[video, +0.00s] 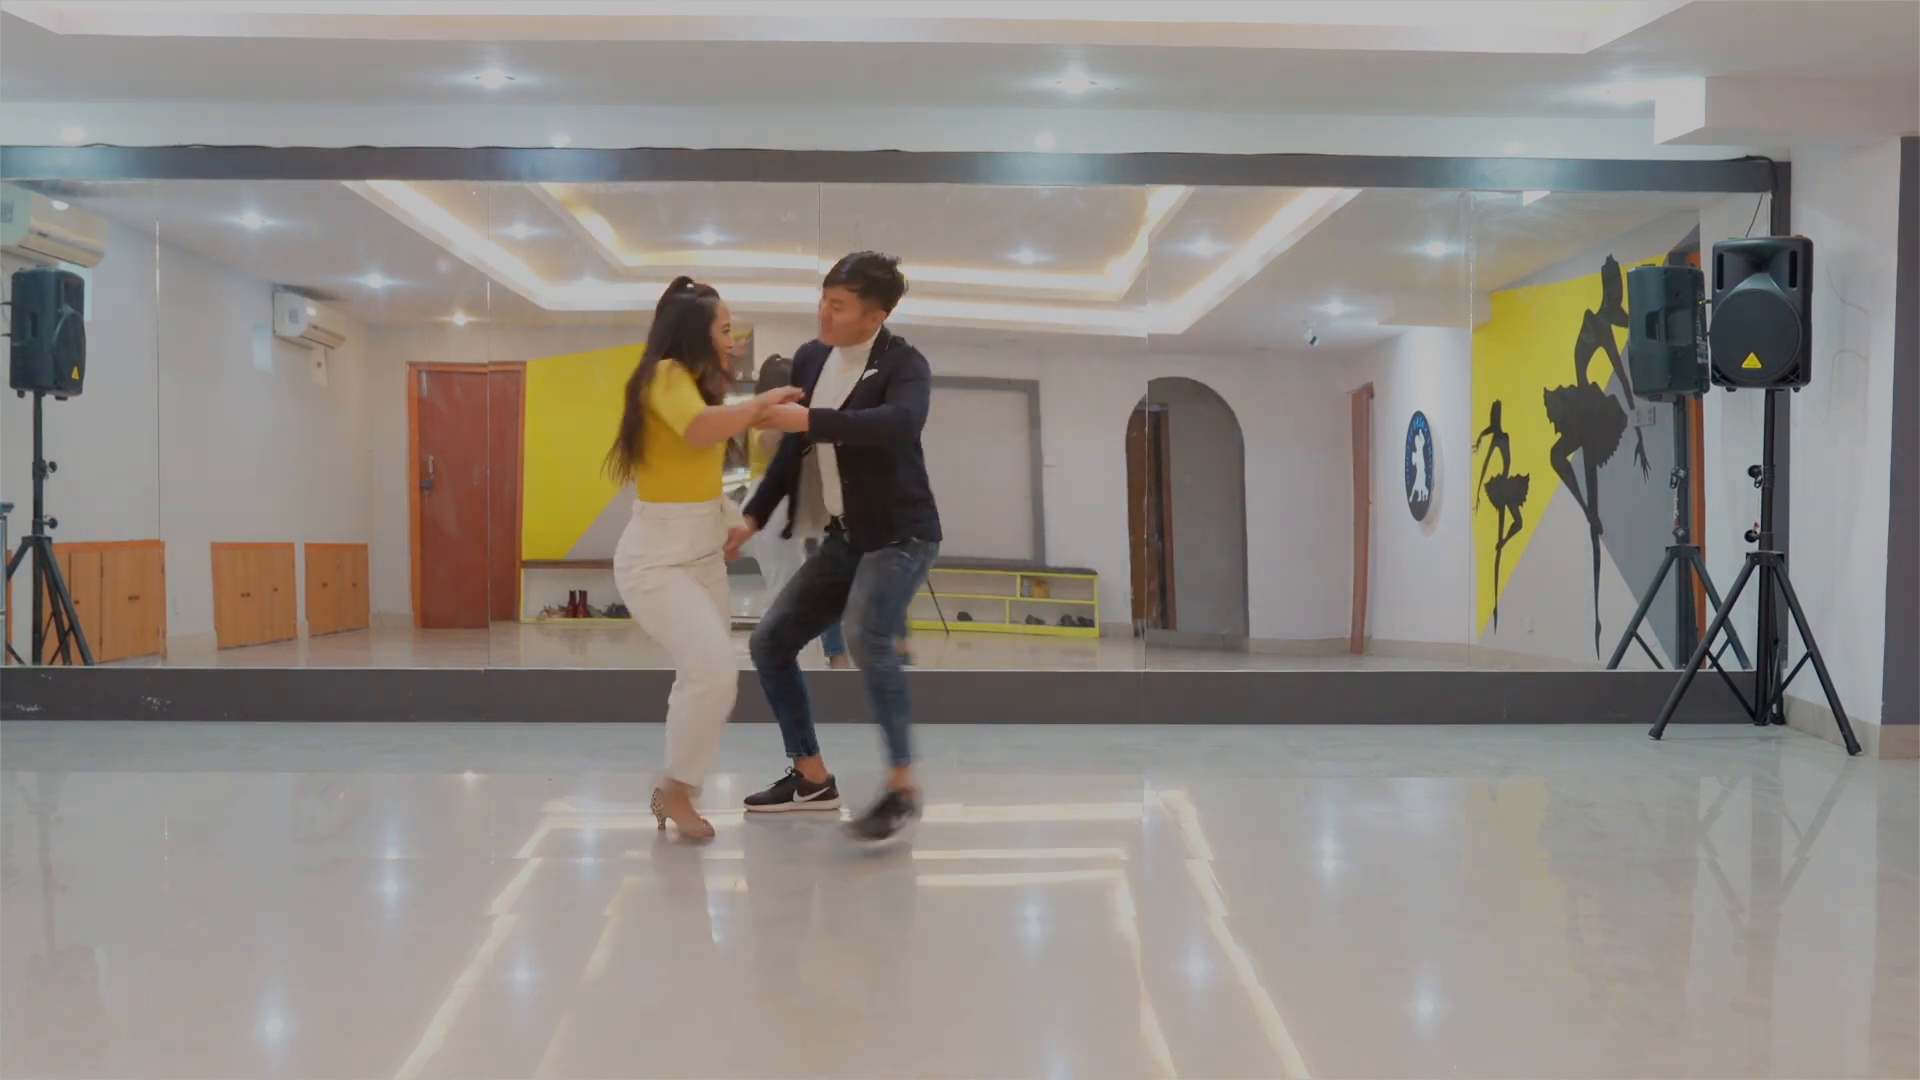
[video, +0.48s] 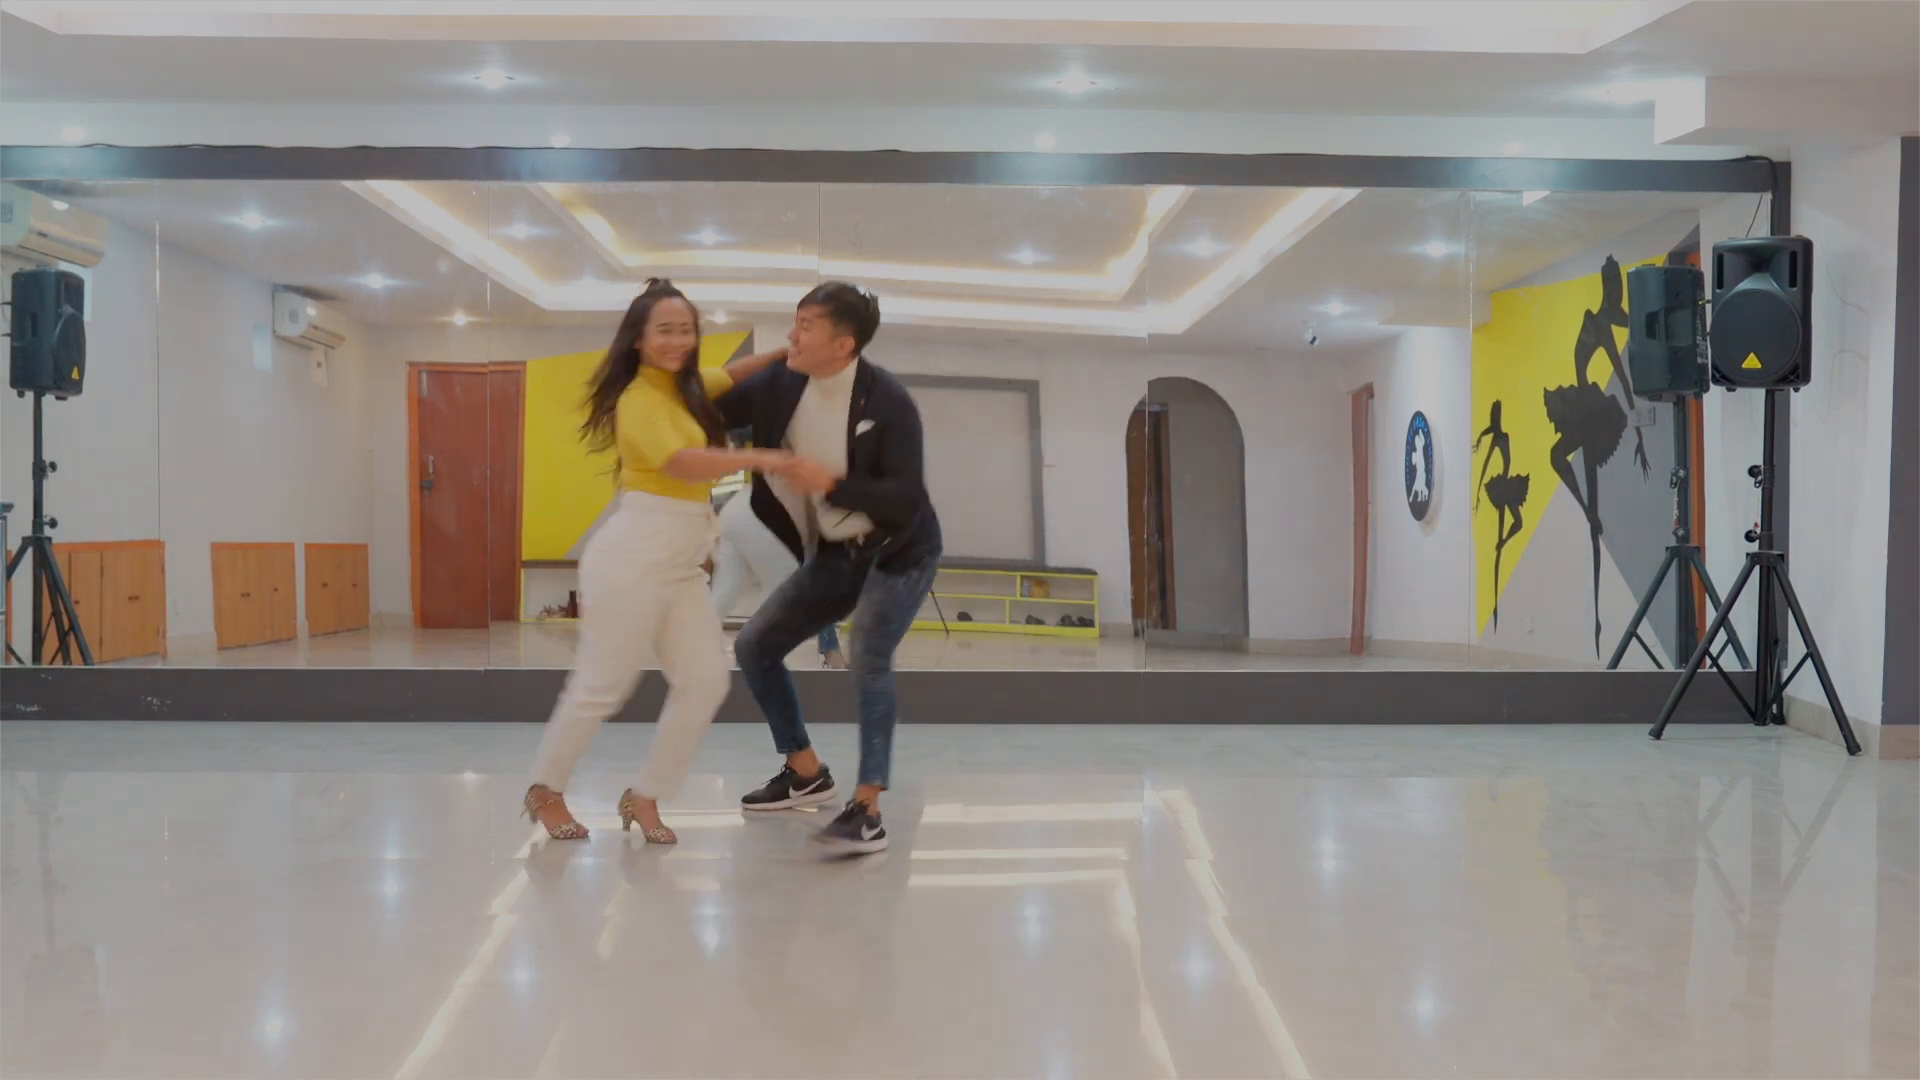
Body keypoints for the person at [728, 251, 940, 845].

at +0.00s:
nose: (824, 312)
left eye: (838, 305)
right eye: (824, 301)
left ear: (877, 315)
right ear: (825, 301)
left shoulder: (904, 363)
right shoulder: (812, 358)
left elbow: (903, 423)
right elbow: (792, 445)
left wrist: (808, 419)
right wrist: (752, 518)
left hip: (902, 535)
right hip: (844, 537)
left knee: (867, 638)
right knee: (771, 644)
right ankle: (811, 776)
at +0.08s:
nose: (819, 326)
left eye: (832, 318)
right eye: (820, 315)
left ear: (871, 326)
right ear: (824, 314)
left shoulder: (899, 378)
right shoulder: (810, 369)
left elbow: (892, 443)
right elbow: (777, 454)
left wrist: (804, 426)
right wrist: (731, 523)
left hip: (894, 548)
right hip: (841, 550)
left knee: (841, 647)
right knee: (757, 647)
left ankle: (861, 804)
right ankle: (809, 774)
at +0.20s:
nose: (812, 341)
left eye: (827, 333)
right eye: (816, 329)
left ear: (864, 350)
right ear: (827, 338)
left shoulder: (885, 406)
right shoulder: (806, 410)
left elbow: (876, 481)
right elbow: (766, 479)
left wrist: (789, 451)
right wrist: (711, 507)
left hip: (885, 578)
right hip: (835, 581)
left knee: (810, 670)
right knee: (744, 655)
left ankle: (860, 815)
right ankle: (807, 775)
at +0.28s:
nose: (807, 348)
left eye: (822, 341)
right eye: (812, 337)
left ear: (858, 360)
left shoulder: (879, 418)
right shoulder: (801, 415)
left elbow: (868, 497)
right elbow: (757, 471)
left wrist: (780, 466)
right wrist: (706, 469)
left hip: (886, 588)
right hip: (828, 591)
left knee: (813, 667)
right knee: (741, 657)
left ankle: (860, 815)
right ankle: (805, 775)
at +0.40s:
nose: (797, 347)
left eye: (811, 340)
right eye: (801, 336)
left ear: (847, 361)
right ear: (805, 343)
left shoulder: (880, 417)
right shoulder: (784, 400)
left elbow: (884, 513)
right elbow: (724, 435)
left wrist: (799, 498)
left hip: (896, 571)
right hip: (833, 573)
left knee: (839, 657)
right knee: (742, 653)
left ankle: (862, 812)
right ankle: (804, 771)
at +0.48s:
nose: (793, 335)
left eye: (807, 327)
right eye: (796, 323)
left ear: (845, 345)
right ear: (797, 328)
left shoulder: (888, 401)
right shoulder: (776, 383)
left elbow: (905, 498)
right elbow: (711, 418)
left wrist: (832, 484)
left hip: (901, 549)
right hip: (837, 551)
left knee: (870, 656)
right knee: (756, 646)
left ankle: (867, 807)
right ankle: (804, 767)